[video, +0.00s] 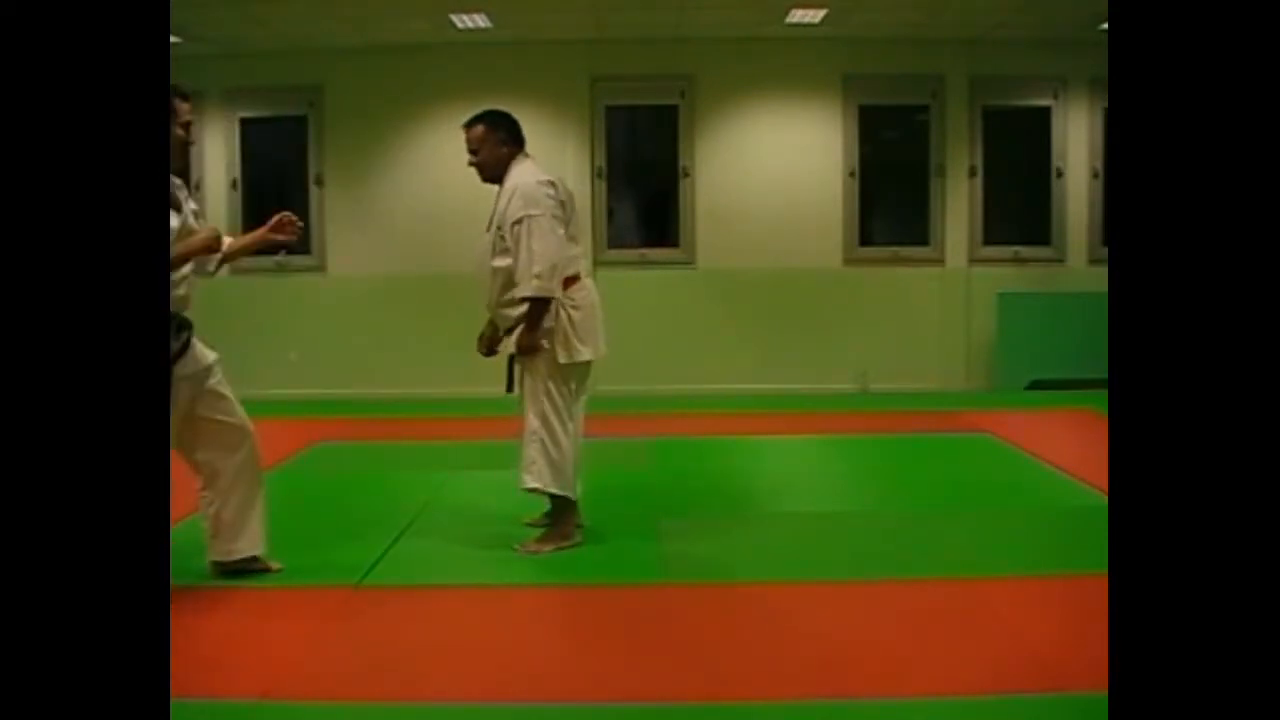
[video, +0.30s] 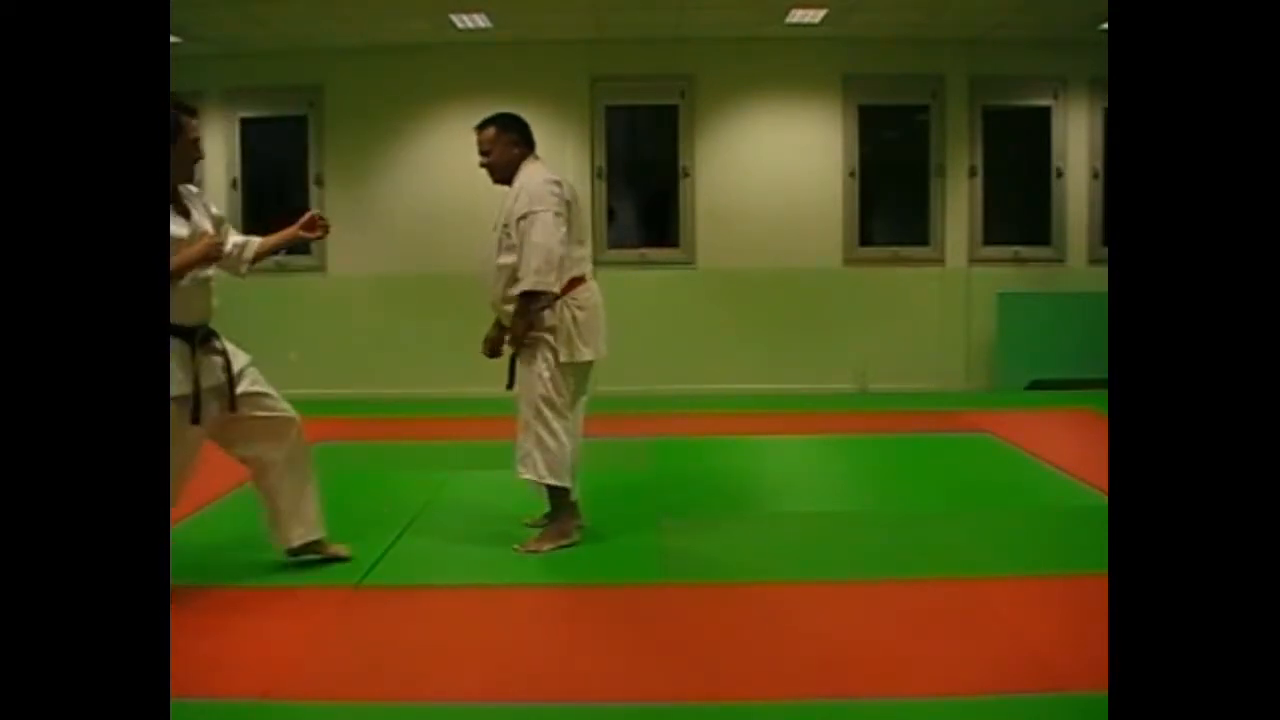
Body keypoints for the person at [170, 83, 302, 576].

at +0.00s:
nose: (189, 135)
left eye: (190, 126)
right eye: (181, 126)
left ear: (189, 129)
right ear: (163, 131)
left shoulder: (181, 196)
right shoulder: (170, 196)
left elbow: (201, 257)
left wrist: (260, 237)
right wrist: (190, 248)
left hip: (181, 346)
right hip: (175, 347)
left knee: (233, 441)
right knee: (229, 442)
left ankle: (234, 551)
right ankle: (233, 550)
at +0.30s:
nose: (200, 149)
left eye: (199, 140)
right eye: (192, 141)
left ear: (187, 146)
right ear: (170, 147)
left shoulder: (194, 201)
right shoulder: (167, 207)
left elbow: (234, 252)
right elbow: (172, 271)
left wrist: (293, 233)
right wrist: (189, 258)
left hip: (207, 349)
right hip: (175, 353)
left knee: (280, 429)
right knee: (175, 462)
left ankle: (301, 539)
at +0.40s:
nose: (232, 157)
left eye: (230, 148)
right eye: (223, 149)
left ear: (204, 154)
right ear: (192, 154)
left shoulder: (224, 207)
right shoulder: (172, 208)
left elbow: (268, 247)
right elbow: (177, 285)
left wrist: (330, 230)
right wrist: (216, 267)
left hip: (230, 354)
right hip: (182, 357)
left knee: (306, 432)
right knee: (175, 475)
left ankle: (361, 527)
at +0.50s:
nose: (264, 161)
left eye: (264, 152)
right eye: (257, 152)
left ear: (229, 155)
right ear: (226, 154)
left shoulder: (253, 206)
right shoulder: (187, 206)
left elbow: (307, 237)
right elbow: (194, 285)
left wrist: (369, 220)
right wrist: (253, 266)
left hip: (256, 355)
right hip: (200, 357)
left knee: (330, 436)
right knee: (178, 474)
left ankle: (384, 526)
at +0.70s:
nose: (352, 161)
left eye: (351, 151)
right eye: (345, 151)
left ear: (321, 153)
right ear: (317, 153)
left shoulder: (338, 197)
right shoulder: (271, 203)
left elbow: (400, 197)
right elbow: (266, 275)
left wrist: (467, 182)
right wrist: (337, 270)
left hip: (320, 347)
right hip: (273, 345)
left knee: (382, 428)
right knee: (237, 454)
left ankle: (396, 535)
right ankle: (170, 535)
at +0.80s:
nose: (380, 162)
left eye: (380, 153)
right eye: (373, 152)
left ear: (352, 152)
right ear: (345, 152)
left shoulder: (370, 197)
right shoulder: (294, 199)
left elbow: (434, 189)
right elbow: (281, 272)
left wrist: (500, 168)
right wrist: (349, 274)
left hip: (335, 344)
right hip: (287, 341)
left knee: (396, 428)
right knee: (271, 448)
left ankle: (399, 535)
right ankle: (202, 552)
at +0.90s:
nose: (389, 159)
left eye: (387, 150)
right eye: (382, 149)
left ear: (359, 150)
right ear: (355, 150)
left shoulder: (383, 197)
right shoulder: (300, 199)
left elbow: (447, 187)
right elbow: (281, 271)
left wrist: (510, 176)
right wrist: (348, 276)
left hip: (344, 345)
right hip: (296, 343)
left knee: (405, 428)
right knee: (284, 450)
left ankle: (402, 535)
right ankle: (214, 553)